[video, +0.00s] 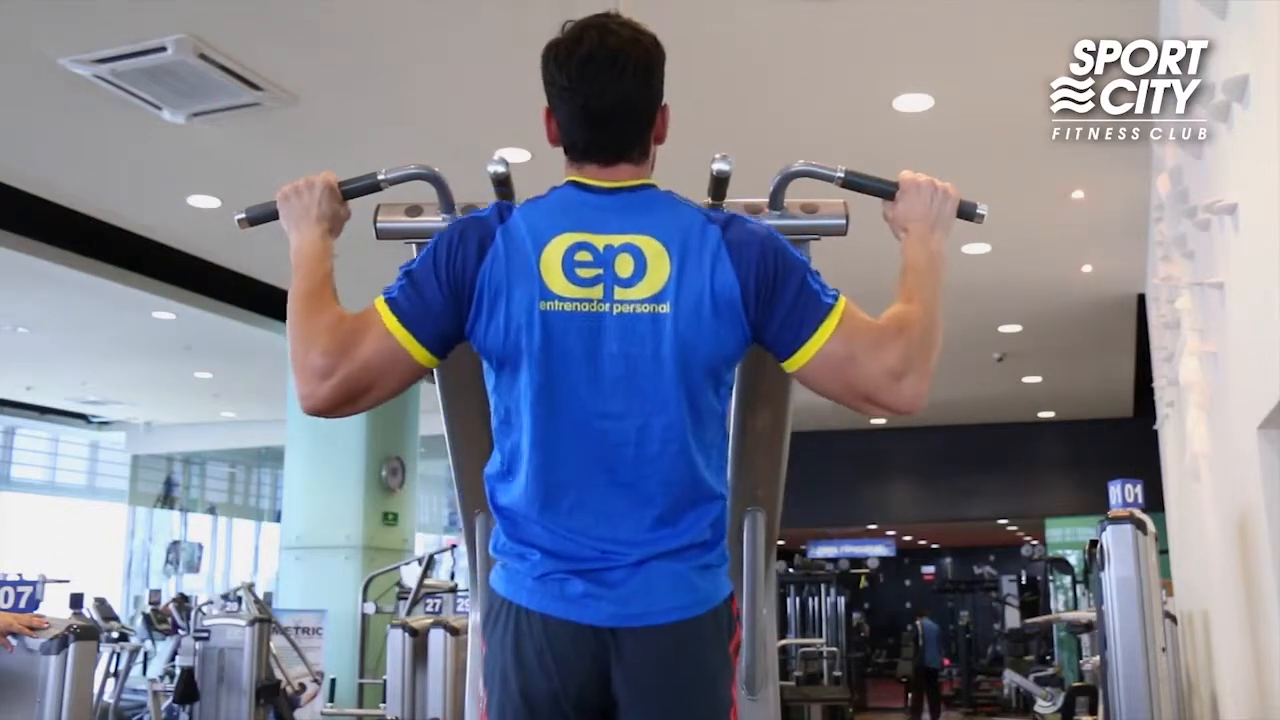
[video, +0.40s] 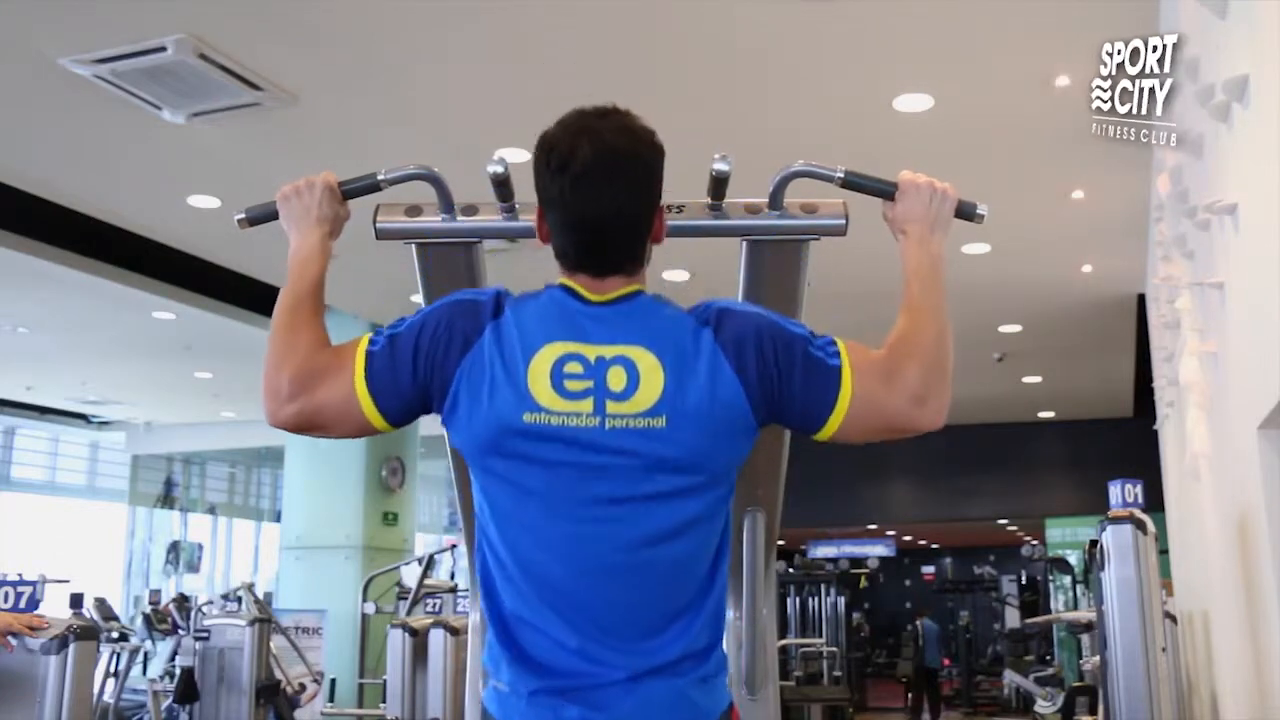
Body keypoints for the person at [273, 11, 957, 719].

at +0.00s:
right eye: (664, 113)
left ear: (550, 127)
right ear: (662, 126)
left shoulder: (486, 245)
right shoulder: (733, 249)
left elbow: (327, 382)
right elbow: (896, 381)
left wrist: (309, 240)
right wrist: (925, 242)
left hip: (532, 614)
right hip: (679, 616)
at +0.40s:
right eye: (661, 204)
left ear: (538, 223)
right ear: (660, 224)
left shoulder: (471, 335)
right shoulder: (731, 346)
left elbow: (292, 394)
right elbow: (917, 395)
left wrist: (307, 241)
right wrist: (925, 238)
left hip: (525, 701)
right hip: (685, 700)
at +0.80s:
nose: (666, 355)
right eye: (663, 341)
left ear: (536, 368)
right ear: (661, 370)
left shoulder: (468, 465)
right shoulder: (729, 479)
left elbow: (305, 403)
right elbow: (899, 408)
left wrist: (310, 243)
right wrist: (922, 244)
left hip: (519, 708)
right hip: (683, 709)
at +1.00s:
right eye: (660, 409)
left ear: (534, 437)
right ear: (662, 441)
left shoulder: (475, 525)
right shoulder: (724, 547)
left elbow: (326, 403)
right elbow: (868, 405)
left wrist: (311, 243)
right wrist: (917, 246)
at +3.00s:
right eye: (661, 325)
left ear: (540, 348)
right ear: (662, 350)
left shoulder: (472, 439)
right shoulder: (731, 456)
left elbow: (303, 403)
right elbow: (906, 409)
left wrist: (311, 245)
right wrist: (920, 244)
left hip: (522, 708)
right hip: (685, 709)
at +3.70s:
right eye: (664, 453)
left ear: (542, 479)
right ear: (666, 486)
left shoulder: (486, 561)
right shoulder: (724, 576)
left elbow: (354, 407)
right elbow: (845, 403)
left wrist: (316, 243)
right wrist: (909, 246)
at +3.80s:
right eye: (663, 453)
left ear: (542, 479)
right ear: (666, 486)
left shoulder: (486, 562)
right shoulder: (723, 578)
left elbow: (355, 408)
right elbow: (845, 404)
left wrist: (316, 243)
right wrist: (909, 246)